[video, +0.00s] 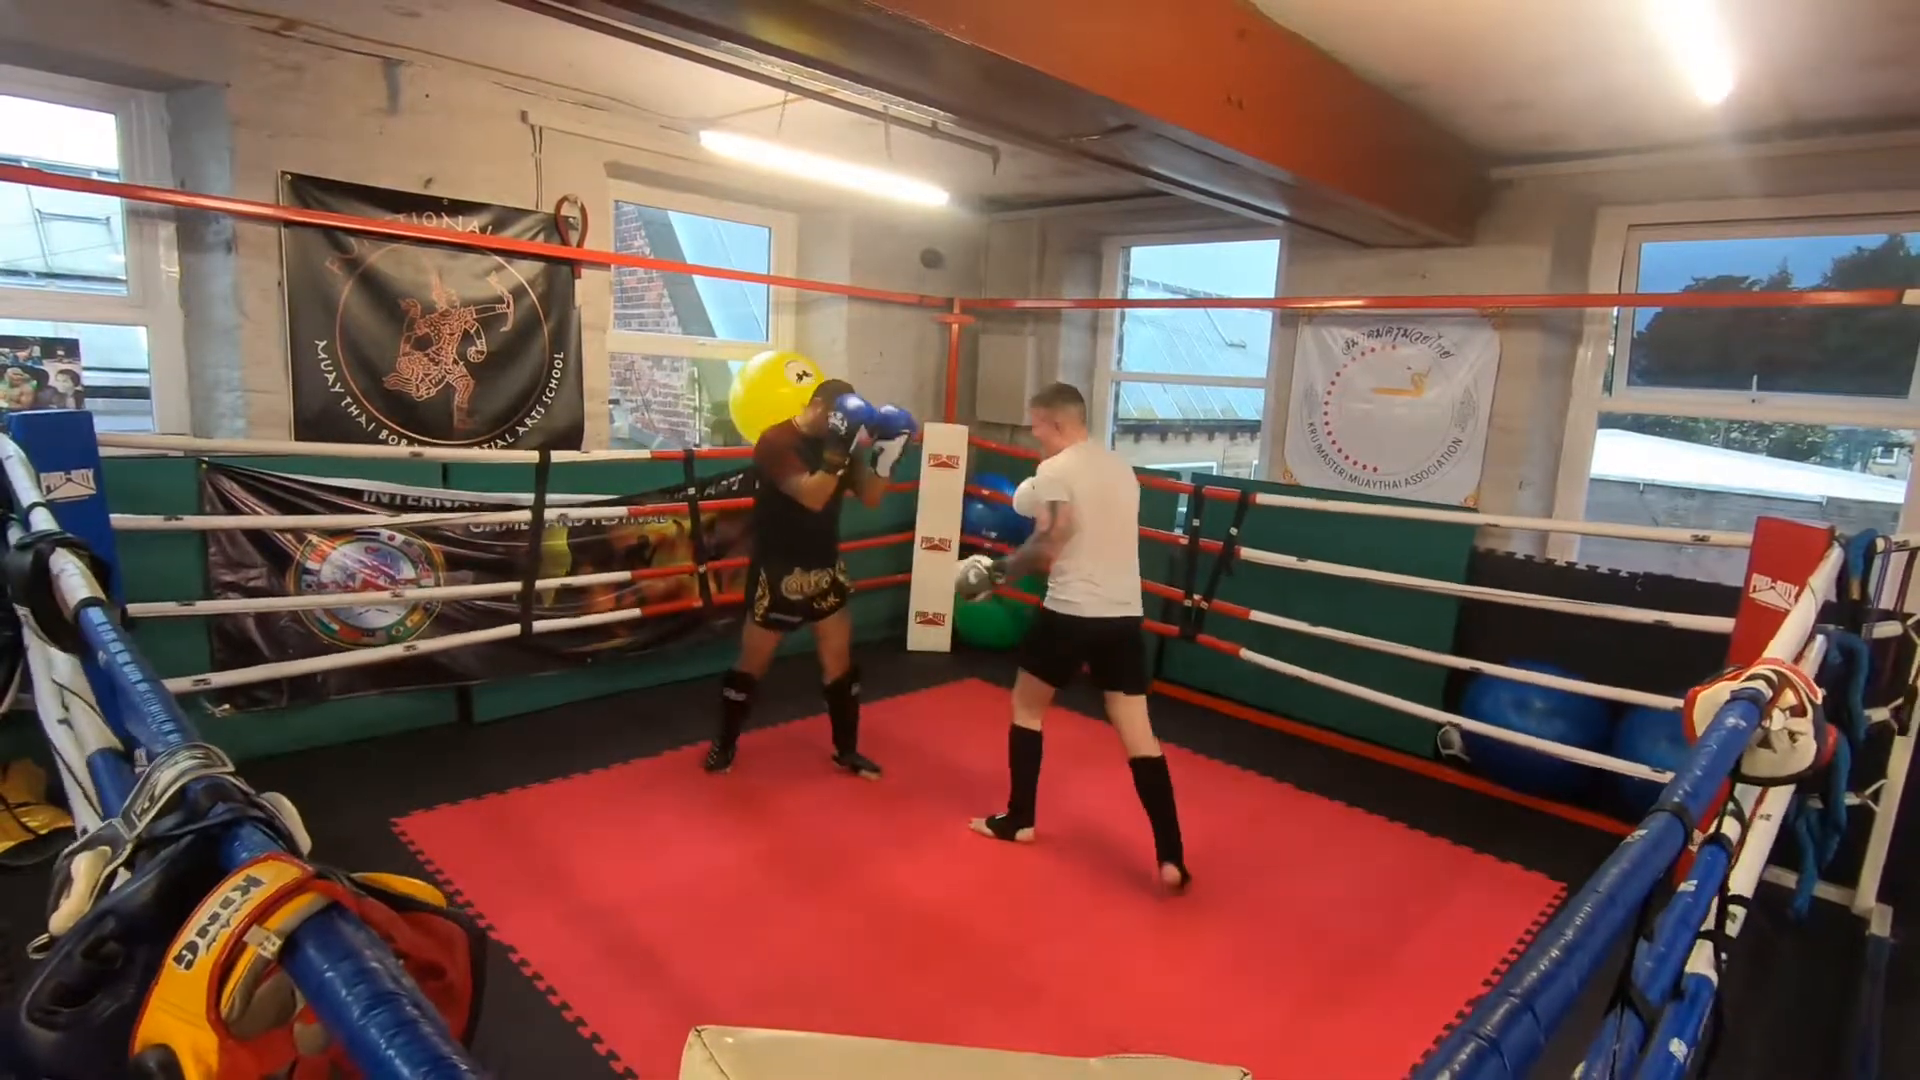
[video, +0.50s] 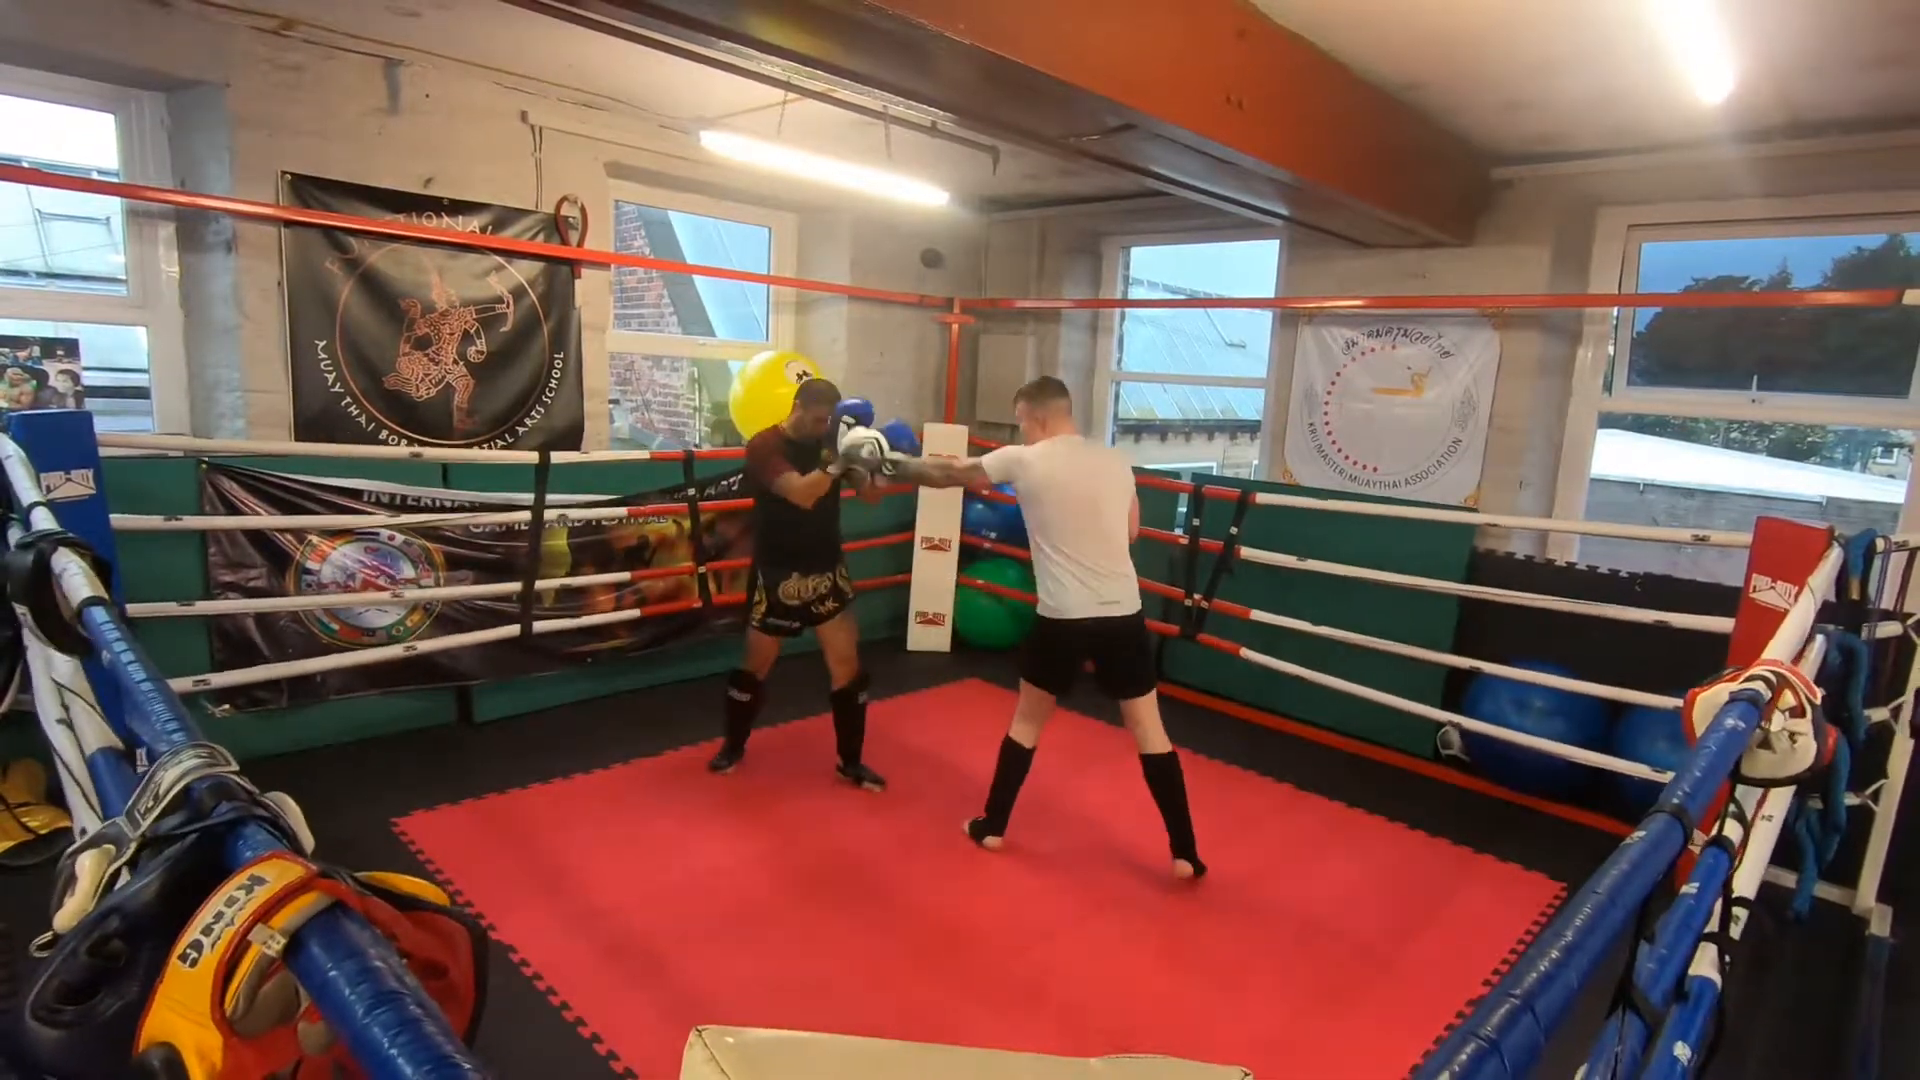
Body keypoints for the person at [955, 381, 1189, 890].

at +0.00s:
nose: (1037, 440)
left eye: (1037, 431)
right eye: (1034, 432)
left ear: (1054, 423)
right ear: (1080, 422)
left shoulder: (1055, 470)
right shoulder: (1123, 470)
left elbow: (1052, 539)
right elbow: (1104, 541)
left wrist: (1004, 569)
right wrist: (1017, 560)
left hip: (1068, 615)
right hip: (1124, 618)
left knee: (1028, 707)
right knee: (1138, 732)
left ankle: (1018, 818)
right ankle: (1171, 857)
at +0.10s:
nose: (1049, 456)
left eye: (1050, 446)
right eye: (1047, 447)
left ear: (1068, 440)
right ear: (1095, 438)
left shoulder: (1066, 487)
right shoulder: (1134, 486)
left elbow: (1061, 556)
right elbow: (1113, 557)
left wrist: (1021, 596)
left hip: (1076, 633)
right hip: (1134, 638)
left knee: (1023, 703)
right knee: (1147, 752)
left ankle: (1009, 816)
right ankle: (1175, 880)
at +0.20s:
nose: (1041, 446)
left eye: (1044, 435)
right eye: (1042, 436)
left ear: (1061, 432)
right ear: (1092, 431)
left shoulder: (1055, 480)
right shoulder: (1134, 479)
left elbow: (1051, 555)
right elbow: (1118, 551)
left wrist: (1008, 591)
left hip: (1068, 629)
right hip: (1130, 634)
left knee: (1024, 708)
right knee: (1146, 746)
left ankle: (994, 819)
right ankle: (1174, 876)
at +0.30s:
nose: (1036, 428)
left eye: (1036, 420)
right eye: (1036, 420)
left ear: (1044, 417)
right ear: (1082, 415)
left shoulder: (1036, 467)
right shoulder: (1126, 467)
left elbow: (1003, 536)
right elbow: (1129, 533)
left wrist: (952, 545)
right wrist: (1041, 537)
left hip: (1063, 623)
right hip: (1123, 624)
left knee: (1026, 719)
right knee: (1145, 738)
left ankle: (994, 823)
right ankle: (1175, 861)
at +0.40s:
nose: (1024, 432)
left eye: (1025, 424)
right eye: (1025, 424)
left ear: (1037, 419)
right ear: (1073, 416)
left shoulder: (1027, 462)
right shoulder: (1119, 463)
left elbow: (962, 497)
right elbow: (1131, 531)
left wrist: (910, 487)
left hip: (1061, 619)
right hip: (1122, 620)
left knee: (1028, 719)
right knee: (1145, 729)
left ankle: (993, 825)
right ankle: (1177, 852)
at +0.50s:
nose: (1021, 430)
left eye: (1021, 422)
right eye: (1020, 423)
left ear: (1035, 419)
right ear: (1068, 414)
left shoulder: (1023, 459)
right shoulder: (1117, 461)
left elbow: (948, 473)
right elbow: (1132, 529)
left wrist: (884, 462)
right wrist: (1076, 515)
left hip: (1061, 621)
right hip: (1124, 620)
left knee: (1028, 721)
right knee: (1150, 729)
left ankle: (993, 826)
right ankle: (1185, 852)